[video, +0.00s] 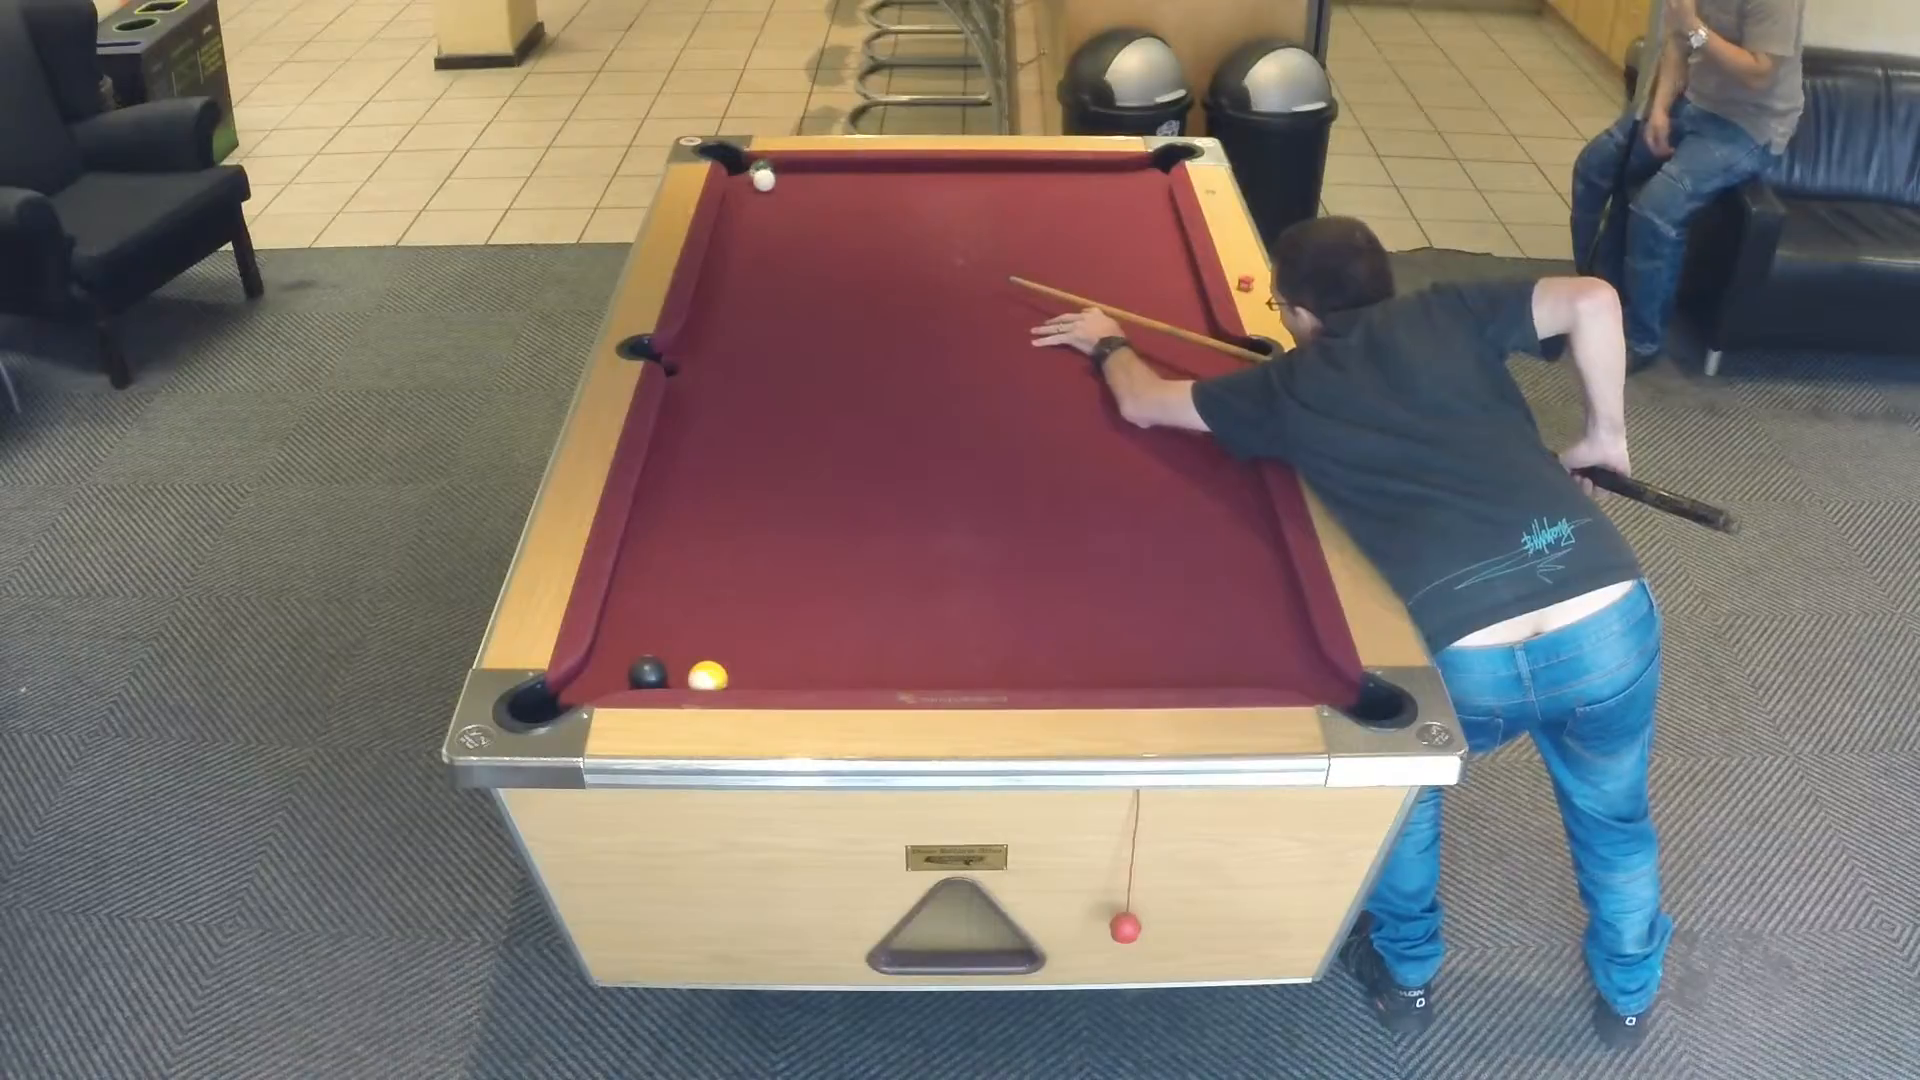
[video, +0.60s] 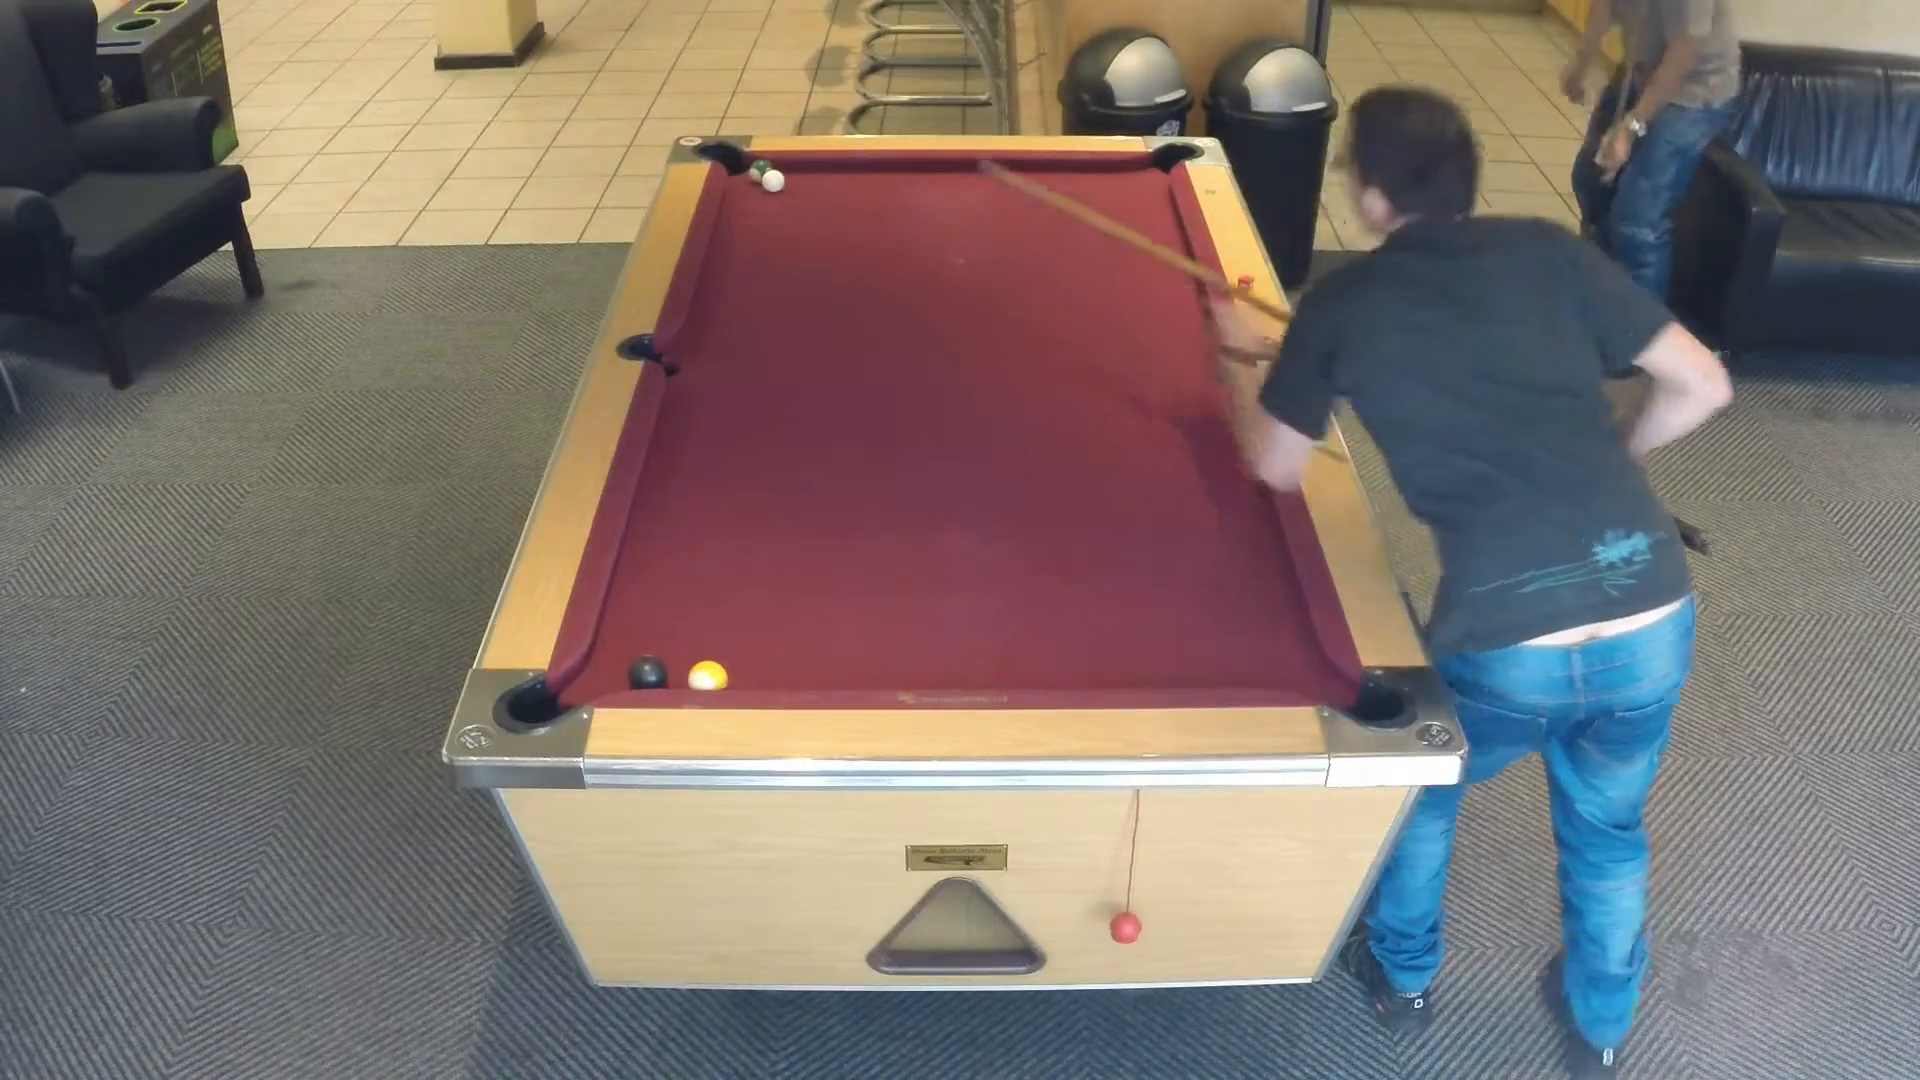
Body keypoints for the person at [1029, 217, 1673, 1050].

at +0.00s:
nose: (1282, 310)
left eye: (1284, 299)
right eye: (1281, 298)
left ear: (1300, 314)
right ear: (1388, 287)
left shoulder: (1287, 387)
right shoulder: (1452, 313)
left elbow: (1143, 398)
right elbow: (1591, 299)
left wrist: (1106, 342)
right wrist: (1607, 430)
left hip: (1470, 659)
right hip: (1607, 622)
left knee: (1396, 764)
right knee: (1616, 818)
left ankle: (1407, 966)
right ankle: (1630, 989)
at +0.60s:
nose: (1341, 189)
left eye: (1346, 175)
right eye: (1346, 171)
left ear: (1370, 194)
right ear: (1463, 180)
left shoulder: (1343, 300)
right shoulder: (1550, 251)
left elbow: (1277, 466)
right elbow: (1702, 385)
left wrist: (1247, 378)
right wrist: (1604, 446)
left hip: (1508, 640)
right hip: (1652, 621)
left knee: (1424, 780)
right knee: (1610, 831)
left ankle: (1404, 966)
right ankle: (1605, 1019)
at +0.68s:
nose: (1370, 167)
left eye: (1376, 154)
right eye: (1374, 150)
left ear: (1398, 176)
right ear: (1494, 163)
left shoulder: (1365, 295)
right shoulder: (1584, 245)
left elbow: (1341, 493)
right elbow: (1719, 394)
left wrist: (1374, 413)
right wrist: (1611, 453)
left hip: (1519, 637)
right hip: (1662, 621)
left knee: (1436, 792)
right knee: (1606, 841)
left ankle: (1403, 973)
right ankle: (1602, 1042)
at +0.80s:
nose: (1419, 149)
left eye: (1430, 138)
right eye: (1426, 132)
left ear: (1464, 166)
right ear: (1548, 147)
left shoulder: (1420, 297)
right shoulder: (1636, 248)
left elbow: (1416, 510)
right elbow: (1743, 423)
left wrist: (1503, 473)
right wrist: (1638, 464)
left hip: (1546, 661)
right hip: (1684, 639)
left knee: (1450, 817)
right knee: (1606, 859)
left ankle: (1402, 969)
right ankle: (1613, 1060)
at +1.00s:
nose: (1504, 176)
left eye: (1521, 161)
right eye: (1510, 155)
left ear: (1582, 182)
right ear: (1638, 176)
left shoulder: (1556, 340)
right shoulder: (1737, 285)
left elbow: (1503, 578)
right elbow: (1753, 454)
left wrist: (1470, 497)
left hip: (1597, 728)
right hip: (1723, 706)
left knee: (1473, 865)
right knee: (1622, 911)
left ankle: (1404, 985)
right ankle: (1612, 1066)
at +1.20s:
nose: (1551, 202)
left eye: (1577, 192)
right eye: (1561, 180)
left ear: (1656, 227)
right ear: (1676, 227)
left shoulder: (1635, 393)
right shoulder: (1771, 312)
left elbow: (1632, 661)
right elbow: (1757, 510)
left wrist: (1539, 622)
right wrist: (1611, 589)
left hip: (1634, 773)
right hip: (1741, 724)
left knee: (1477, 967)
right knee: (1629, 946)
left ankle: (1454, 1069)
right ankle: (1615, 1068)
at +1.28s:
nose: (1556, 222)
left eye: (1581, 213)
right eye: (1566, 200)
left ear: (1664, 247)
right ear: (1686, 249)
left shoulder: (1648, 422)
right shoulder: (1769, 321)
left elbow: (1677, 694)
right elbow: (1792, 511)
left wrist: (1560, 704)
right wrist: (1620, 561)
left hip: (1640, 793)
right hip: (1738, 750)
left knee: (1486, 993)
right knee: (1628, 960)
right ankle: (1614, 1067)